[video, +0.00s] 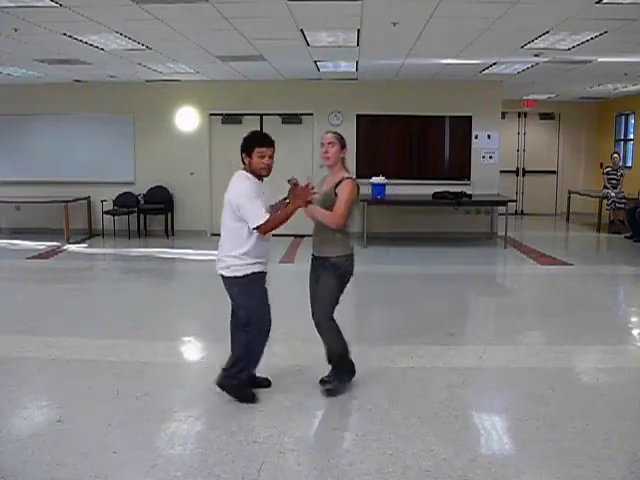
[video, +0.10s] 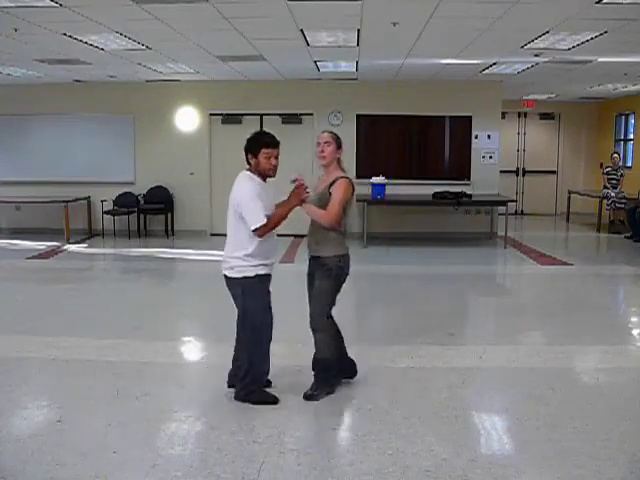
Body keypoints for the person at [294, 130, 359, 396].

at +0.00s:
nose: (325, 150)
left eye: (330, 145)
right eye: (323, 146)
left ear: (343, 150)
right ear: (321, 151)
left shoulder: (347, 183)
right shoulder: (325, 181)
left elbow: (337, 221)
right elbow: (321, 216)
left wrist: (307, 205)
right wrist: (303, 200)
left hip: (337, 259)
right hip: (320, 257)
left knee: (323, 316)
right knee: (319, 315)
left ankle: (344, 370)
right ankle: (338, 367)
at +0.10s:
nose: (321, 149)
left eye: (327, 145)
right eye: (319, 145)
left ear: (338, 151)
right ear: (317, 151)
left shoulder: (342, 183)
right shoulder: (323, 182)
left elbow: (331, 220)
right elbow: (318, 222)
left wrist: (303, 203)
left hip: (333, 260)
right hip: (318, 259)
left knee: (319, 318)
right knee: (320, 316)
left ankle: (325, 378)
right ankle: (342, 364)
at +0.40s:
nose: (322, 153)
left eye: (328, 148)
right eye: (320, 148)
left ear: (341, 153)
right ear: (318, 154)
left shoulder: (347, 186)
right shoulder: (324, 185)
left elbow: (341, 226)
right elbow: (323, 217)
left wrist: (311, 220)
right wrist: (306, 204)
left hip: (338, 264)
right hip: (316, 261)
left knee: (329, 323)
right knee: (302, 315)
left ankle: (326, 381)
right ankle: (326, 362)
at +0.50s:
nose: (327, 153)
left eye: (332, 148)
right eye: (324, 148)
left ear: (344, 153)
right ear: (322, 154)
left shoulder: (353, 185)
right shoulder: (326, 183)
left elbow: (349, 224)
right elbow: (321, 215)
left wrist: (321, 219)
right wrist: (305, 196)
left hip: (343, 264)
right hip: (320, 260)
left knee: (331, 320)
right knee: (317, 318)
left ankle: (328, 377)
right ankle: (334, 365)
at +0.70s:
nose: (338, 155)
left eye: (343, 150)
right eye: (336, 151)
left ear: (357, 153)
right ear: (335, 155)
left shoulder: (368, 183)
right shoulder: (342, 183)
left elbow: (360, 215)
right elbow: (326, 209)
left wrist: (330, 210)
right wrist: (299, 197)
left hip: (357, 262)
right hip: (334, 259)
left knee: (345, 317)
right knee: (329, 319)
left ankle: (371, 358)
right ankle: (335, 367)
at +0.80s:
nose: (345, 157)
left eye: (349, 152)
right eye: (343, 153)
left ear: (364, 154)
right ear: (347, 156)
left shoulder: (378, 184)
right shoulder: (353, 183)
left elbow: (362, 213)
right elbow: (337, 208)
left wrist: (333, 209)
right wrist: (302, 205)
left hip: (369, 263)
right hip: (345, 258)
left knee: (360, 318)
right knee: (329, 312)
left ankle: (385, 363)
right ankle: (333, 365)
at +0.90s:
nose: (352, 158)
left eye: (356, 153)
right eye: (352, 153)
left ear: (372, 155)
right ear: (366, 157)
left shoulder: (385, 185)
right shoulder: (362, 187)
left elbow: (368, 211)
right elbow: (343, 213)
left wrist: (337, 211)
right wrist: (313, 217)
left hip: (380, 265)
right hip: (357, 261)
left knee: (370, 318)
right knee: (339, 310)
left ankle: (385, 365)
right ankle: (330, 364)